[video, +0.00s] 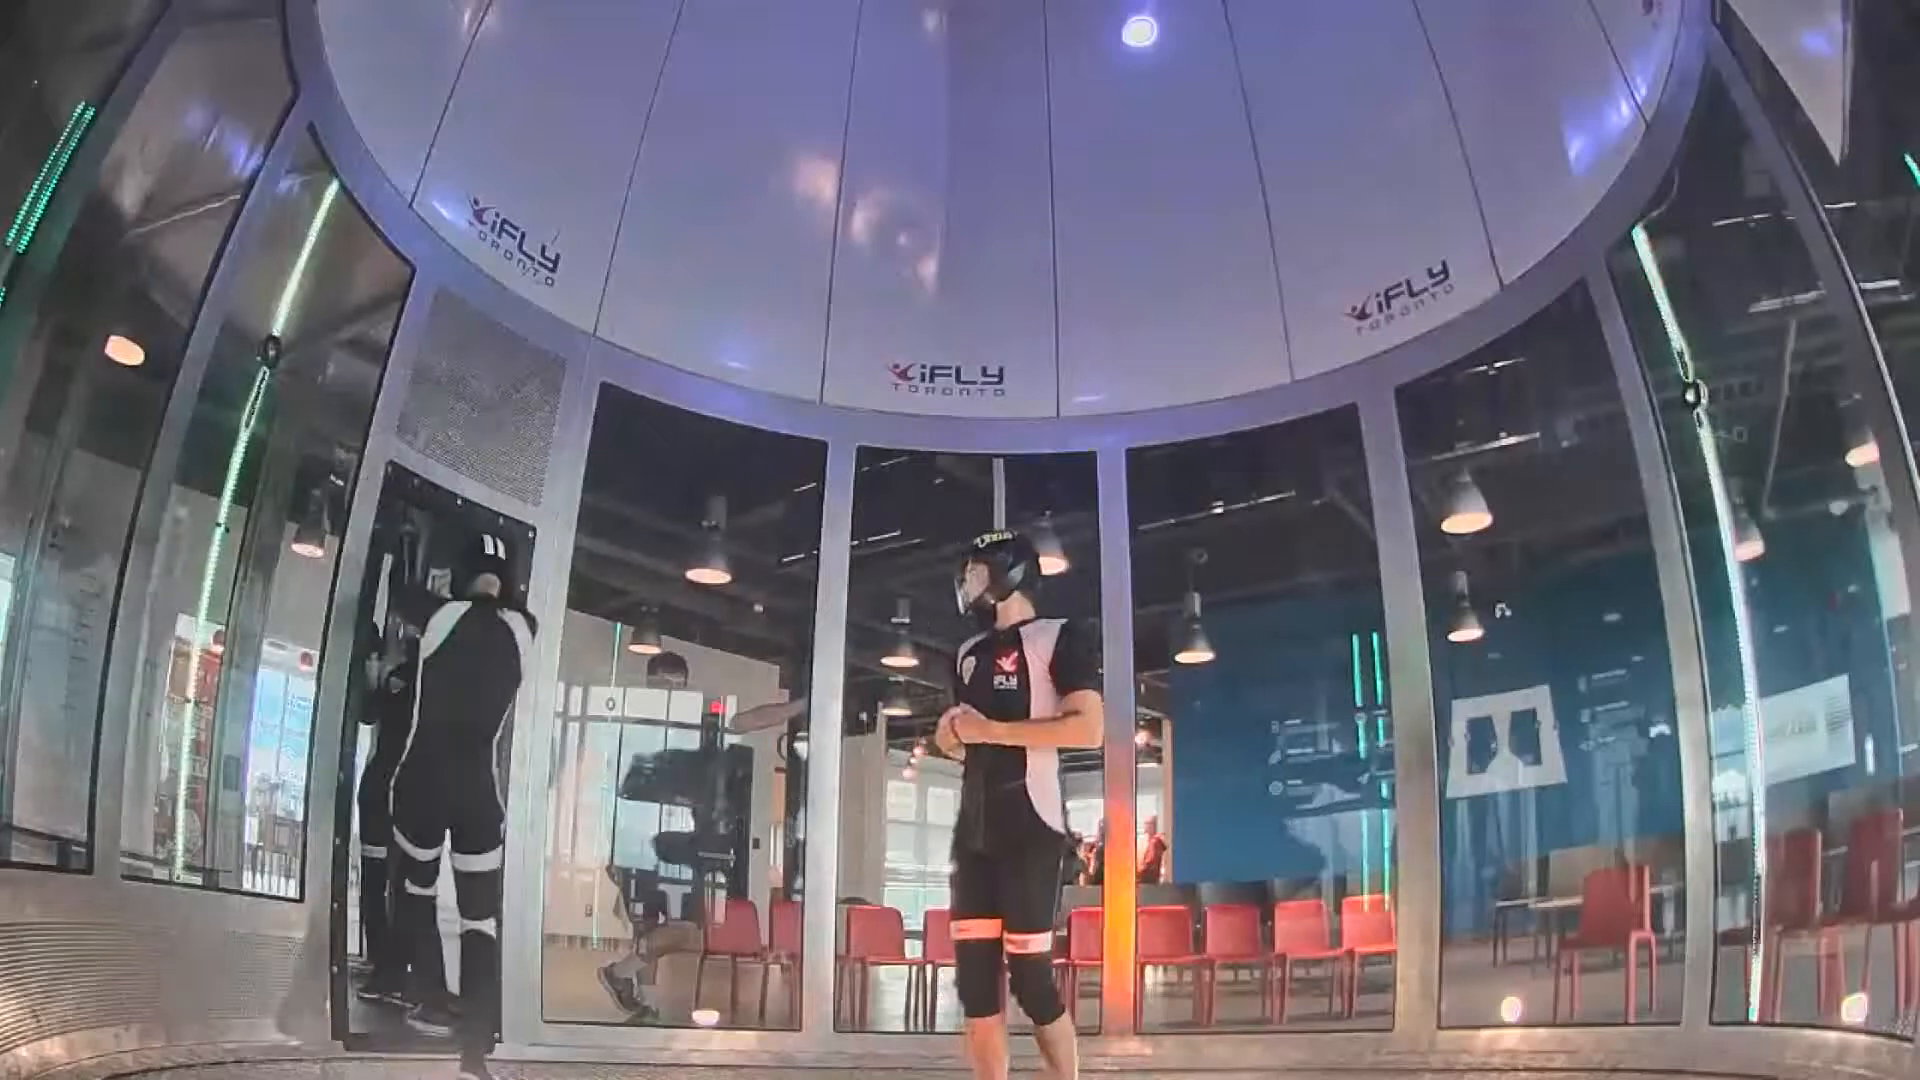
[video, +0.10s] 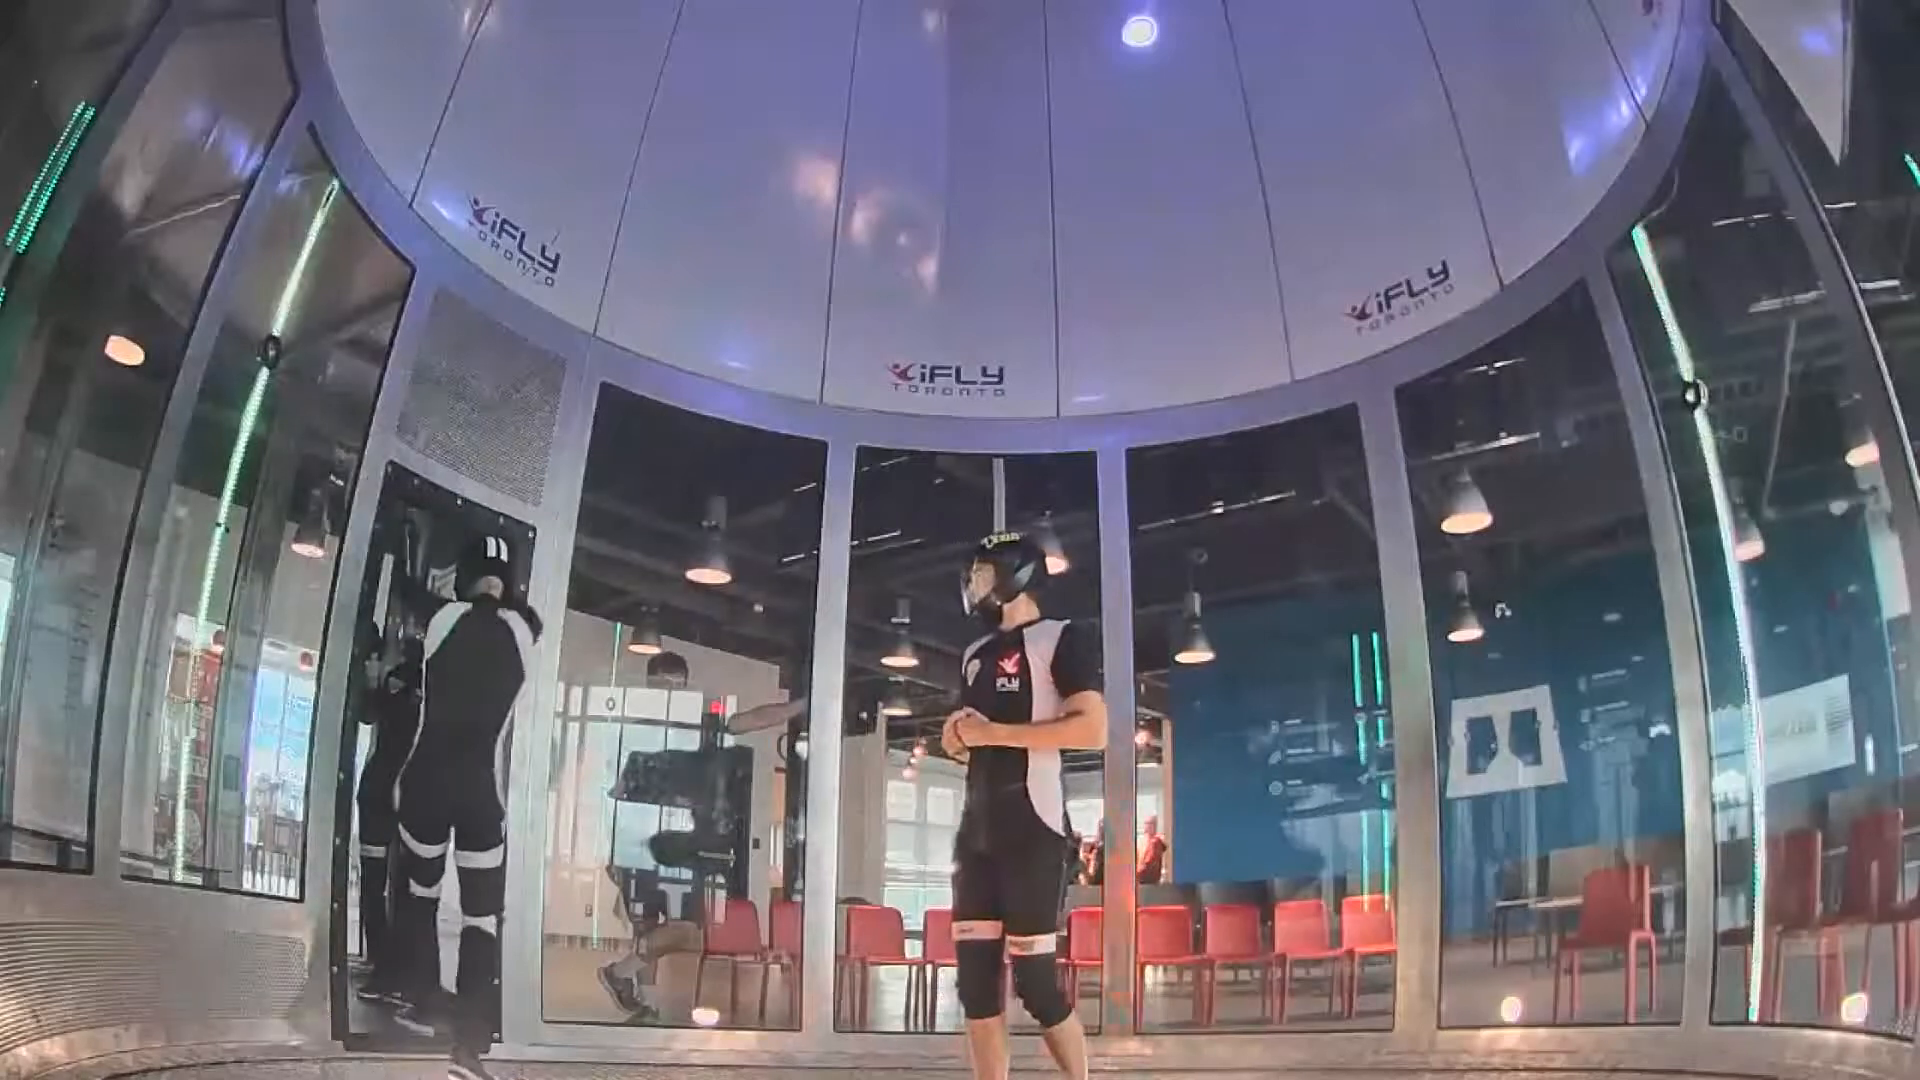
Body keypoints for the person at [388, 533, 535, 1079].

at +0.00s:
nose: (486, 595)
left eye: (471, 588)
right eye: (498, 594)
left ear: (465, 593)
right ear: (504, 599)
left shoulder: (438, 615)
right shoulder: (520, 631)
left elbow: (396, 592)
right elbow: (523, 611)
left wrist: (393, 543)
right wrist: (494, 593)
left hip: (421, 776)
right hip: (481, 783)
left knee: (419, 898)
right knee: (482, 916)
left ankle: (431, 1003)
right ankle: (478, 1045)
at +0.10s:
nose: (483, 598)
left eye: (472, 593)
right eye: (498, 596)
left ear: (467, 594)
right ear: (507, 600)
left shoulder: (443, 619)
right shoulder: (524, 635)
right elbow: (532, 617)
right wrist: (506, 596)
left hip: (427, 780)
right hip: (484, 787)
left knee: (421, 899)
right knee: (482, 914)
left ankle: (424, 1006)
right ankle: (474, 1034)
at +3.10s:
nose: (504, 612)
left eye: (515, 603)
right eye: (495, 602)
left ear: (533, 610)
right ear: (485, 608)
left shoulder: (552, 663)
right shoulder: (479, 673)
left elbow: (621, 693)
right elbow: (456, 738)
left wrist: (560, 696)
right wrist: (453, 716)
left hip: (539, 822)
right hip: (490, 818)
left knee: (524, 936)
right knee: (454, 923)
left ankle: (543, 1058)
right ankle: (487, 1033)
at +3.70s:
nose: (576, 633)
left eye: (586, 623)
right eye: (568, 624)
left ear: (603, 629)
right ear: (557, 631)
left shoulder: (616, 685)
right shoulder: (568, 689)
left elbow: (645, 764)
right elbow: (557, 755)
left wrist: (590, 787)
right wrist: (539, 756)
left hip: (594, 822)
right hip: (564, 818)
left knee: (550, 931)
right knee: (555, 937)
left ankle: (578, 1053)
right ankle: (575, 1052)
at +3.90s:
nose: (592, 630)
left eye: (602, 621)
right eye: (584, 621)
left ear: (618, 626)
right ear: (575, 626)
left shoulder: (632, 678)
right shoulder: (576, 686)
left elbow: (649, 762)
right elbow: (576, 757)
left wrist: (587, 789)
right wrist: (556, 773)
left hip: (610, 818)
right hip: (574, 813)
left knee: (586, 937)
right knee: (563, 936)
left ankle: (618, 1056)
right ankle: (578, 1053)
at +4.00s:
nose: (605, 633)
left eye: (614, 626)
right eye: (598, 627)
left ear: (631, 632)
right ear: (590, 634)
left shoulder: (646, 686)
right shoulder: (590, 691)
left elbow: (661, 767)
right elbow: (584, 759)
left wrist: (599, 790)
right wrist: (568, 778)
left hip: (622, 827)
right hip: (581, 822)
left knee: (611, 943)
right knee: (568, 942)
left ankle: (621, 1061)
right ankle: (579, 1056)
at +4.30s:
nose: (603, 634)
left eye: (612, 626)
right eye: (599, 626)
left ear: (639, 627)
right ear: (598, 631)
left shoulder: (656, 682)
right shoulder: (605, 689)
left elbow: (669, 763)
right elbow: (594, 755)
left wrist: (611, 792)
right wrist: (573, 779)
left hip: (627, 825)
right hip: (587, 819)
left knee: (617, 946)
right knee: (571, 940)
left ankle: (620, 1062)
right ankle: (578, 1055)